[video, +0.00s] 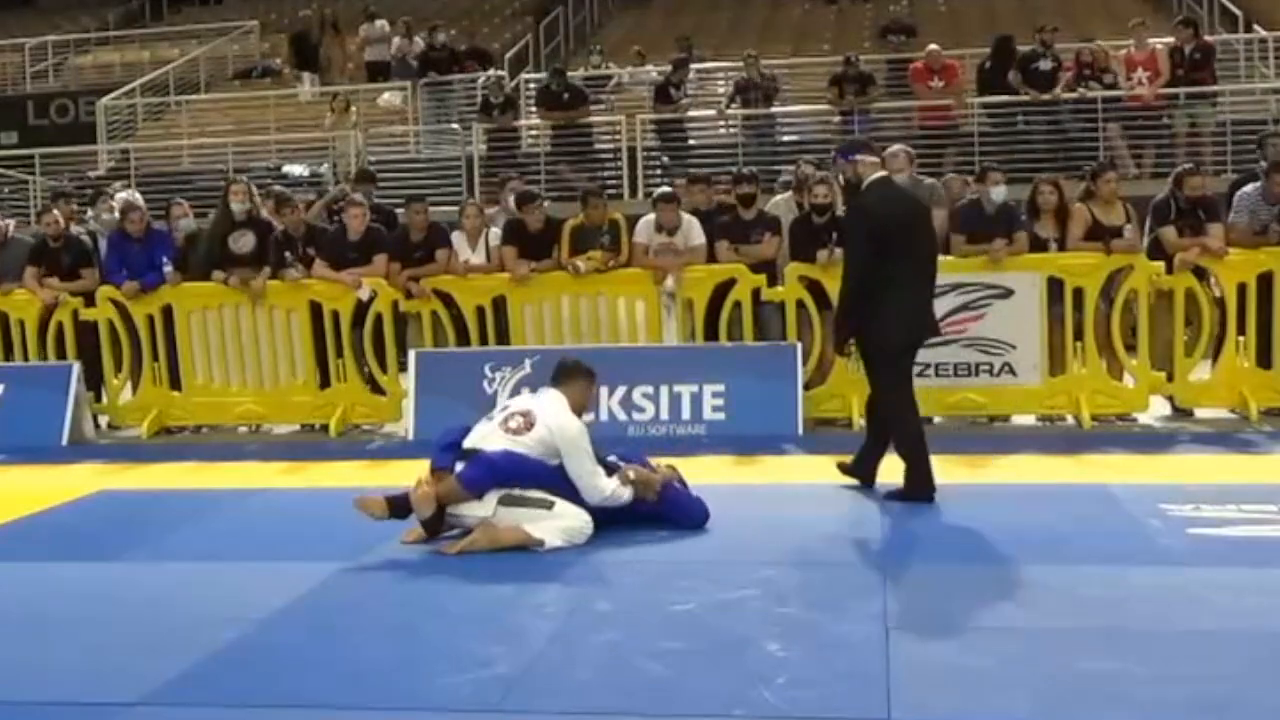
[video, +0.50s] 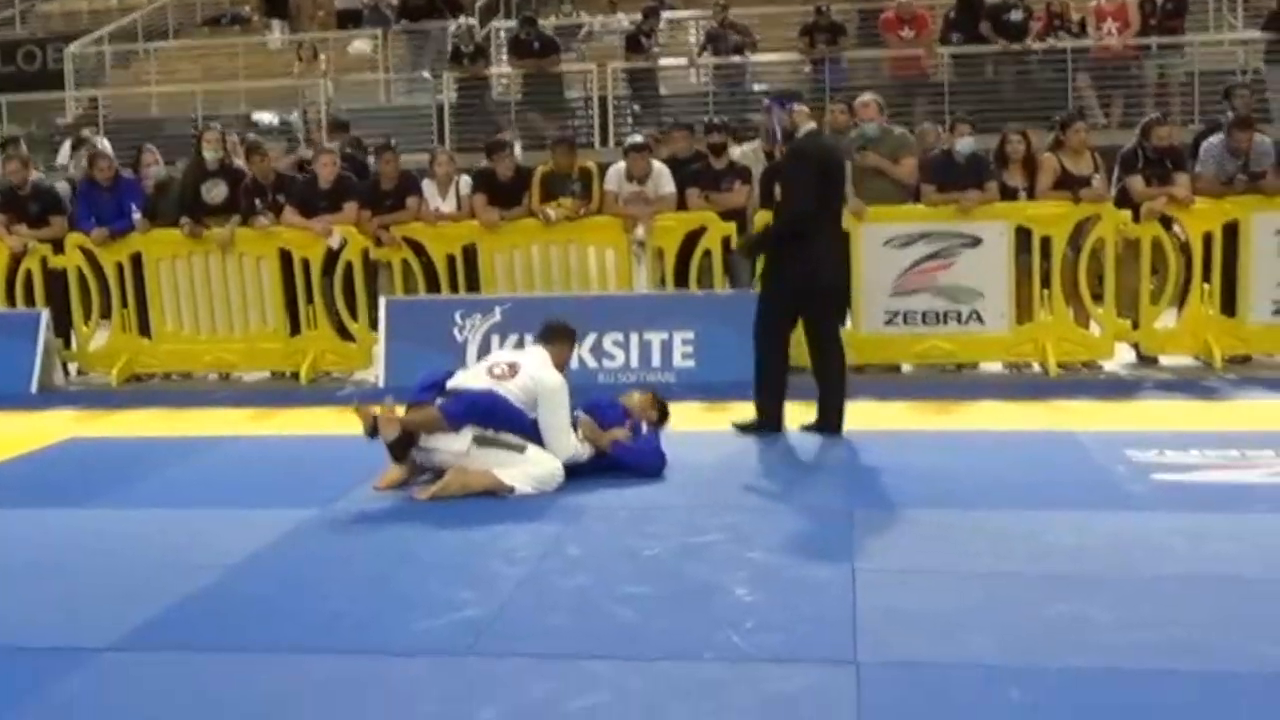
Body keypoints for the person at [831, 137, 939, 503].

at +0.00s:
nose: (841, 176)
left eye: (842, 170)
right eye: (841, 170)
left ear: (854, 166)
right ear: (877, 163)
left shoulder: (862, 207)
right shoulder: (913, 202)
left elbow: (855, 273)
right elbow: (928, 261)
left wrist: (842, 327)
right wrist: (924, 310)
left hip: (879, 317)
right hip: (913, 313)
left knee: (896, 397)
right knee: (885, 393)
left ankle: (919, 482)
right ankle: (865, 464)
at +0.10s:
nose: (833, 175)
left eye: (834, 168)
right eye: (833, 169)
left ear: (847, 165)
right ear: (869, 162)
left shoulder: (858, 205)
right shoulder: (897, 198)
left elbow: (851, 273)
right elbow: (909, 264)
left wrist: (836, 329)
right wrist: (909, 315)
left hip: (870, 318)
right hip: (901, 314)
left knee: (883, 397)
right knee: (874, 393)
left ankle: (915, 480)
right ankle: (862, 468)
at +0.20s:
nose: (829, 172)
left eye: (830, 166)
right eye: (829, 165)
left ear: (842, 165)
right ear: (865, 163)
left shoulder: (849, 203)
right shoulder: (889, 197)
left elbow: (847, 266)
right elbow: (895, 260)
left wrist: (833, 317)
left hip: (857, 313)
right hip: (888, 310)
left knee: (853, 390)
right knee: (872, 390)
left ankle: (902, 463)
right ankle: (863, 468)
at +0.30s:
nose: (819, 170)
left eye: (821, 163)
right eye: (818, 163)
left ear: (837, 161)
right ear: (850, 159)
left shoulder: (843, 201)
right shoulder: (876, 198)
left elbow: (837, 263)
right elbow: (878, 258)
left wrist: (819, 305)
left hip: (846, 309)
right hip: (876, 307)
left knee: (822, 381)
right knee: (866, 384)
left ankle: (873, 449)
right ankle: (863, 464)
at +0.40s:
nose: (789, 158)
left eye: (790, 150)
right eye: (787, 150)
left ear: (807, 148)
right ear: (822, 146)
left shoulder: (820, 185)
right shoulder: (848, 183)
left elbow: (813, 247)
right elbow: (846, 243)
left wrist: (783, 289)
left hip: (814, 296)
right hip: (845, 295)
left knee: (786, 364)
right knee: (839, 372)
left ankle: (820, 442)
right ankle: (838, 451)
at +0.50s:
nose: (767, 123)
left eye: (770, 114)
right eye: (767, 114)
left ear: (785, 115)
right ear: (802, 114)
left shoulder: (799, 154)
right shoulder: (829, 149)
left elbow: (796, 215)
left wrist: (758, 241)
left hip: (793, 261)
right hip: (828, 258)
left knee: (770, 335)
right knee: (825, 338)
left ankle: (768, 415)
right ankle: (830, 418)